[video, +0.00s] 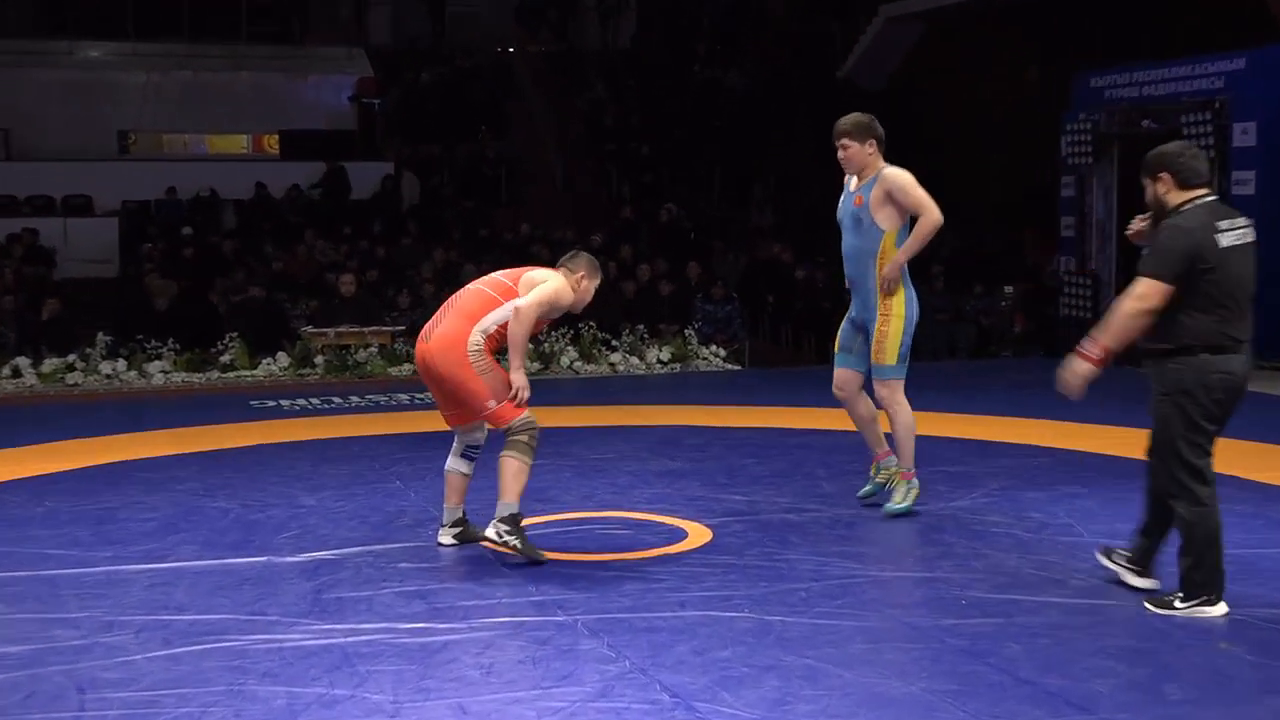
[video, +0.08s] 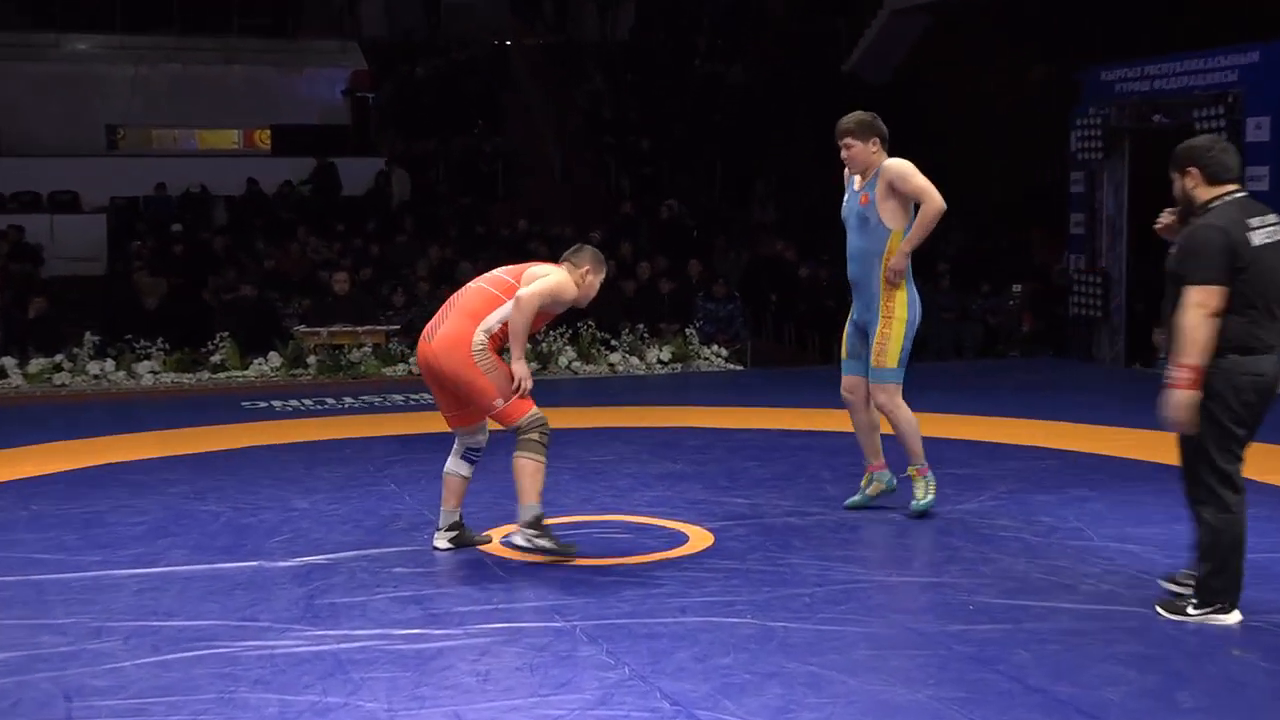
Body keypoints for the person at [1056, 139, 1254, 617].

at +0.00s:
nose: (1148, 194)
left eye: (1149, 187)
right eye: (1147, 188)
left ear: (1166, 182)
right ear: (1202, 180)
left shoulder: (1180, 232)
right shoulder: (1233, 219)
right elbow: (1202, 252)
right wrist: (1158, 235)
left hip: (1189, 371)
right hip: (1225, 366)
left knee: (1188, 476)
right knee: (1169, 463)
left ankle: (1203, 592)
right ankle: (1141, 558)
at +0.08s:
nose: (1177, 188)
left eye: (1177, 181)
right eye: (1175, 181)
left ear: (1194, 177)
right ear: (1231, 175)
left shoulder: (1208, 232)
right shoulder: (1259, 214)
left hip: (1227, 369)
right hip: (1259, 364)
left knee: (1213, 480)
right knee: (1217, 475)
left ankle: (1218, 599)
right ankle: (1211, 576)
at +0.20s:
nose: (1223, 184)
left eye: (1225, 176)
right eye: (1223, 177)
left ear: (1243, 172)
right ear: (1257, 171)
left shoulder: (1266, 229)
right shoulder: (1259, 221)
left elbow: (1274, 307)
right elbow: (1234, 273)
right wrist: (1214, 234)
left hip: (1259, 377)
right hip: (1251, 374)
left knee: (1252, 494)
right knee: (1254, 493)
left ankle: (1240, 608)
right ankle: (1239, 604)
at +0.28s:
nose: (1260, 180)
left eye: (1262, 171)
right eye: (1260, 172)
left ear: (1274, 169)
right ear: (1268, 170)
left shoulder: (1273, 227)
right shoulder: (1266, 223)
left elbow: (1249, 258)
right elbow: (1228, 251)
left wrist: (1252, 237)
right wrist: (1239, 226)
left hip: (1276, 374)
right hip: (1269, 370)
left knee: (1265, 493)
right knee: (1264, 492)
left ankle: (1254, 610)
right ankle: (1254, 608)